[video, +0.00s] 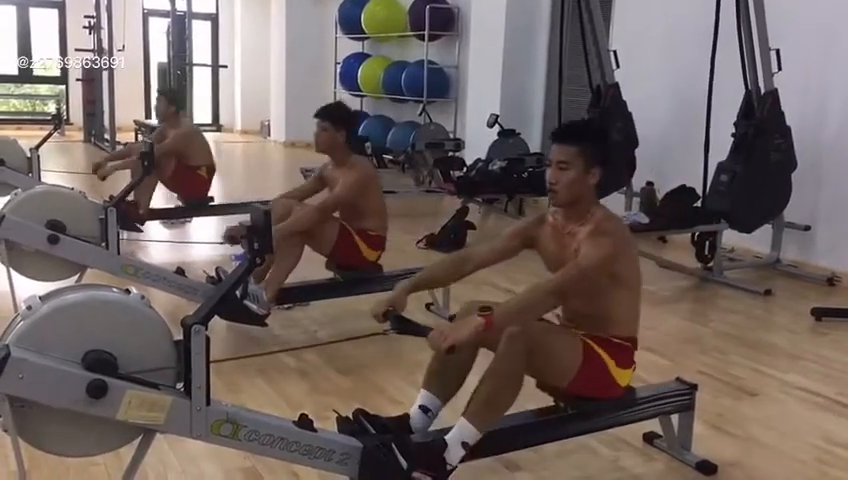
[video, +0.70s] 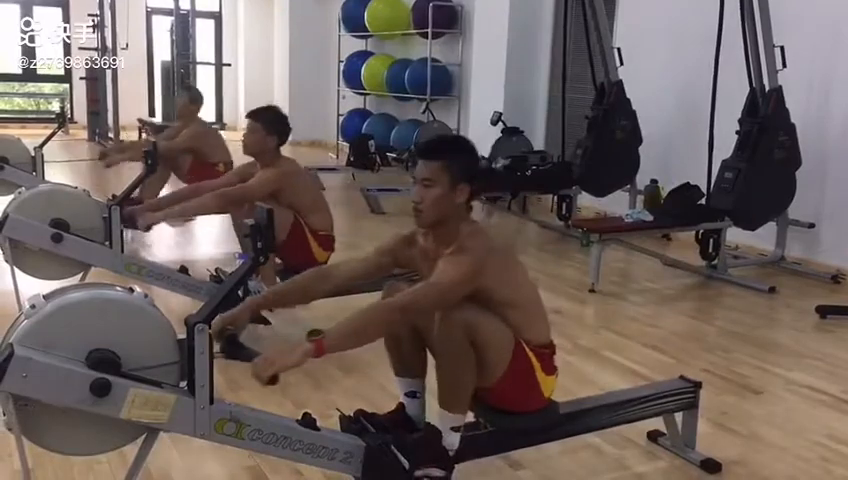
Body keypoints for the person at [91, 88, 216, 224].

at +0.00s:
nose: (156, 107)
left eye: (160, 103)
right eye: (157, 102)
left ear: (172, 109)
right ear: (170, 110)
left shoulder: (182, 134)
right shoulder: (166, 130)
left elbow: (148, 157)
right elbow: (141, 148)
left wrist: (114, 167)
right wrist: (107, 158)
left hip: (198, 186)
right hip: (188, 181)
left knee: (152, 162)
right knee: (141, 159)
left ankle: (141, 209)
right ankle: (139, 207)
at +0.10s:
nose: (147, 107)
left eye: (151, 103)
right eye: (148, 103)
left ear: (164, 109)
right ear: (164, 110)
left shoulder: (175, 133)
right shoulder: (161, 128)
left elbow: (140, 157)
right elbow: (133, 147)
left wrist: (105, 168)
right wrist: (99, 158)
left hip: (192, 187)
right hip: (184, 182)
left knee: (145, 161)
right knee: (138, 154)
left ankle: (141, 209)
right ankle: (139, 206)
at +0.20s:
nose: (137, 107)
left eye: (141, 104)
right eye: (139, 103)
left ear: (154, 109)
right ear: (154, 110)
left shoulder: (166, 133)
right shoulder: (153, 129)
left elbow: (129, 153)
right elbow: (121, 146)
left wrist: (92, 167)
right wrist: (87, 159)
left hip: (185, 187)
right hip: (179, 184)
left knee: (137, 155)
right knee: (133, 153)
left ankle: (142, 206)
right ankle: (138, 203)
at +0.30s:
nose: (130, 107)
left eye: (134, 104)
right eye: (131, 103)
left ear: (147, 111)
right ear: (146, 111)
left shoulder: (156, 131)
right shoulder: (141, 129)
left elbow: (119, 152)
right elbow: (114, 145)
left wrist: (78, 165)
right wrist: (76, 157)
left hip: (184, 183)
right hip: (175, 180)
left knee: (134, 154)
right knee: (130, 151)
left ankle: (142, 206)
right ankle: (138, 202)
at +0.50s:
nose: (137, 107)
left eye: (141, 104)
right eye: (138, 103)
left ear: (154, 111)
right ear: (151, 111)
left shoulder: (162, 129)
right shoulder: (149, 126)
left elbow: (121, 149)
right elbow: (118, 142)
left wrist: (79, 156)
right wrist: (79, 150)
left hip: (190, 180)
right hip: (181, 176)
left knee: (146, 152)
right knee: (138, 151)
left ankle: (143, 205)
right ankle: (141, 204)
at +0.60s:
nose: (156, 104)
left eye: (161, 102)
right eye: (158, 100)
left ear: (172, 109)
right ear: (170, 108)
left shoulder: (179, 128)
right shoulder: (169, 123)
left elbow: (144, 151)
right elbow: (137, 143)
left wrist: (100, 157)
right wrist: (99, 148)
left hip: (201, 178)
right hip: (194, 174)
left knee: (151, 154)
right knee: (149, 154)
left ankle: (143, 205)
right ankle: (143, 204)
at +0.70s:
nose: (176, 103)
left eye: (181, 100)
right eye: (176, 99)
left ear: (193, 107)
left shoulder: (196, 131)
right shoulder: (185, 126)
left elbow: (160, 149)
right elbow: (155, 142)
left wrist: (123, 157)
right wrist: (122, 147)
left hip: (218, 180)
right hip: (207, 176)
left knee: (166, 156)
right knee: (163, 155)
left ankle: (144, 202)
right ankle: (143, 201)